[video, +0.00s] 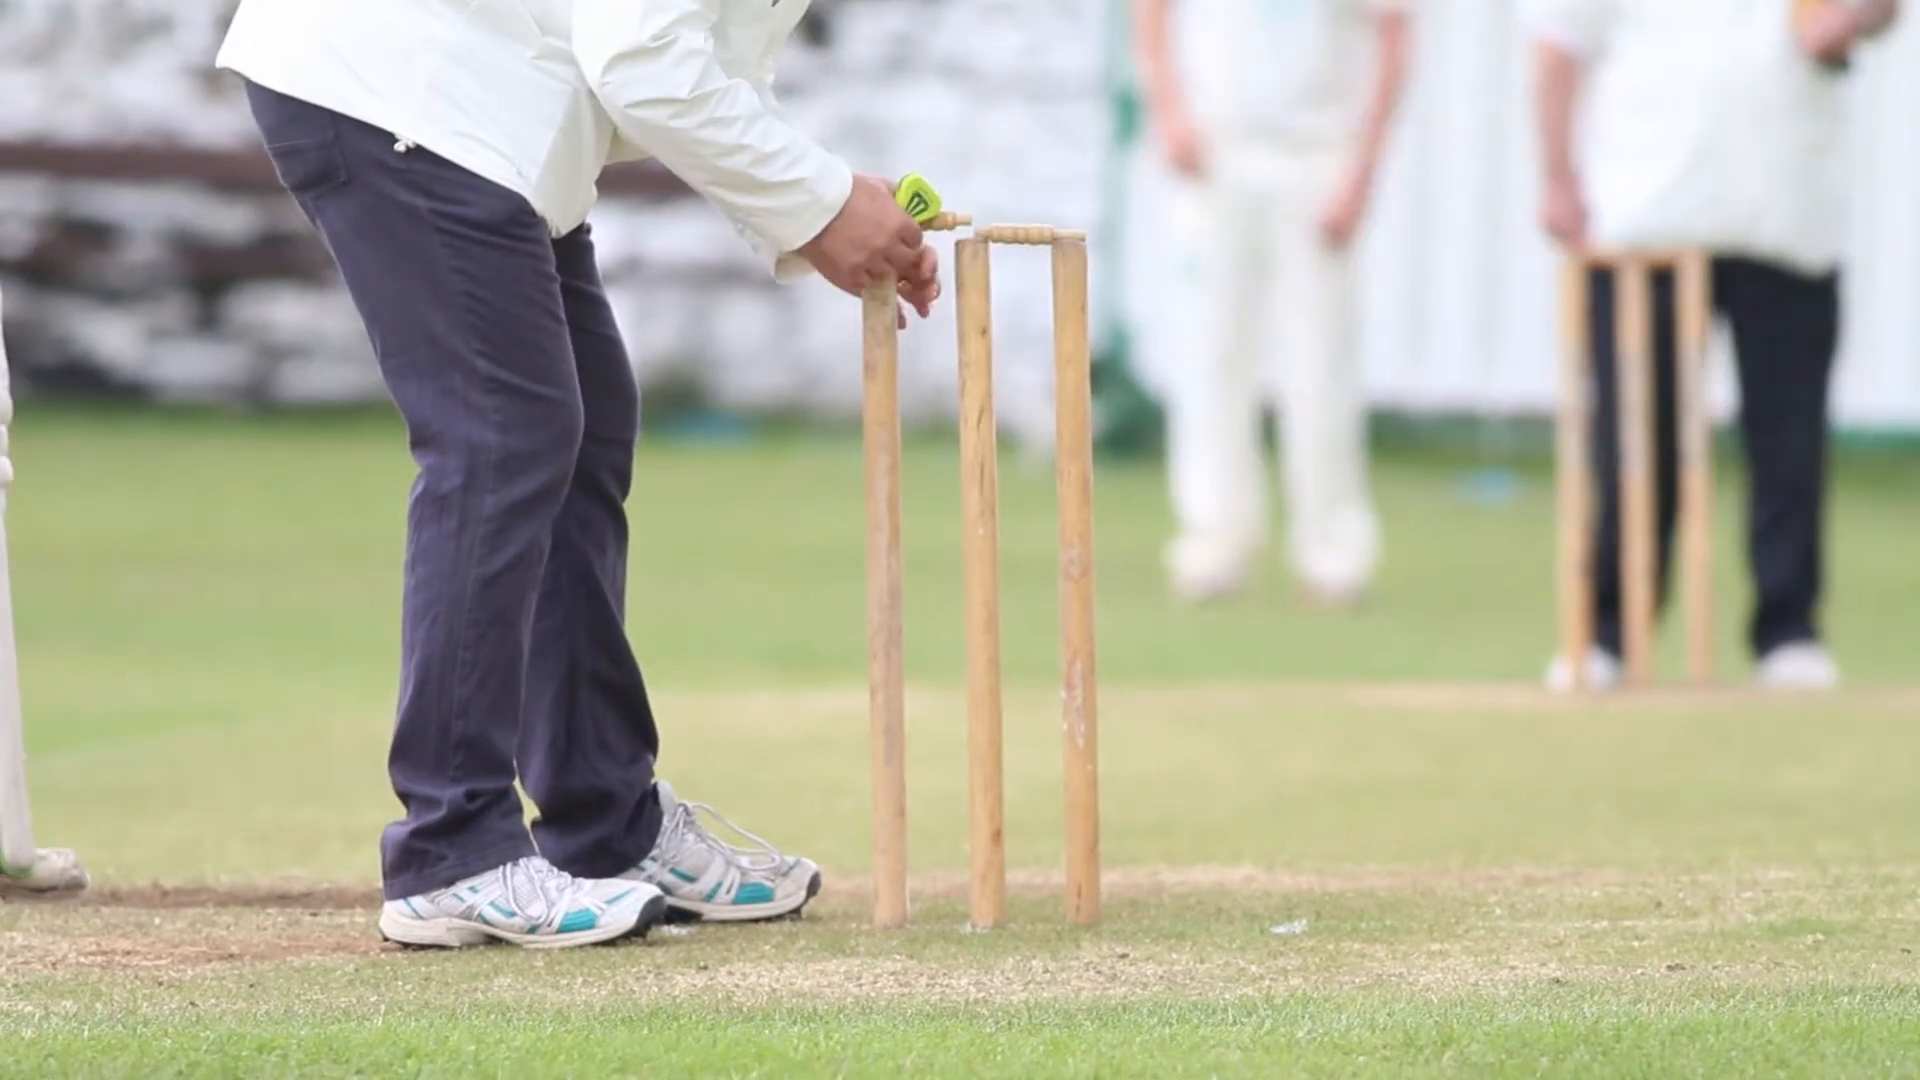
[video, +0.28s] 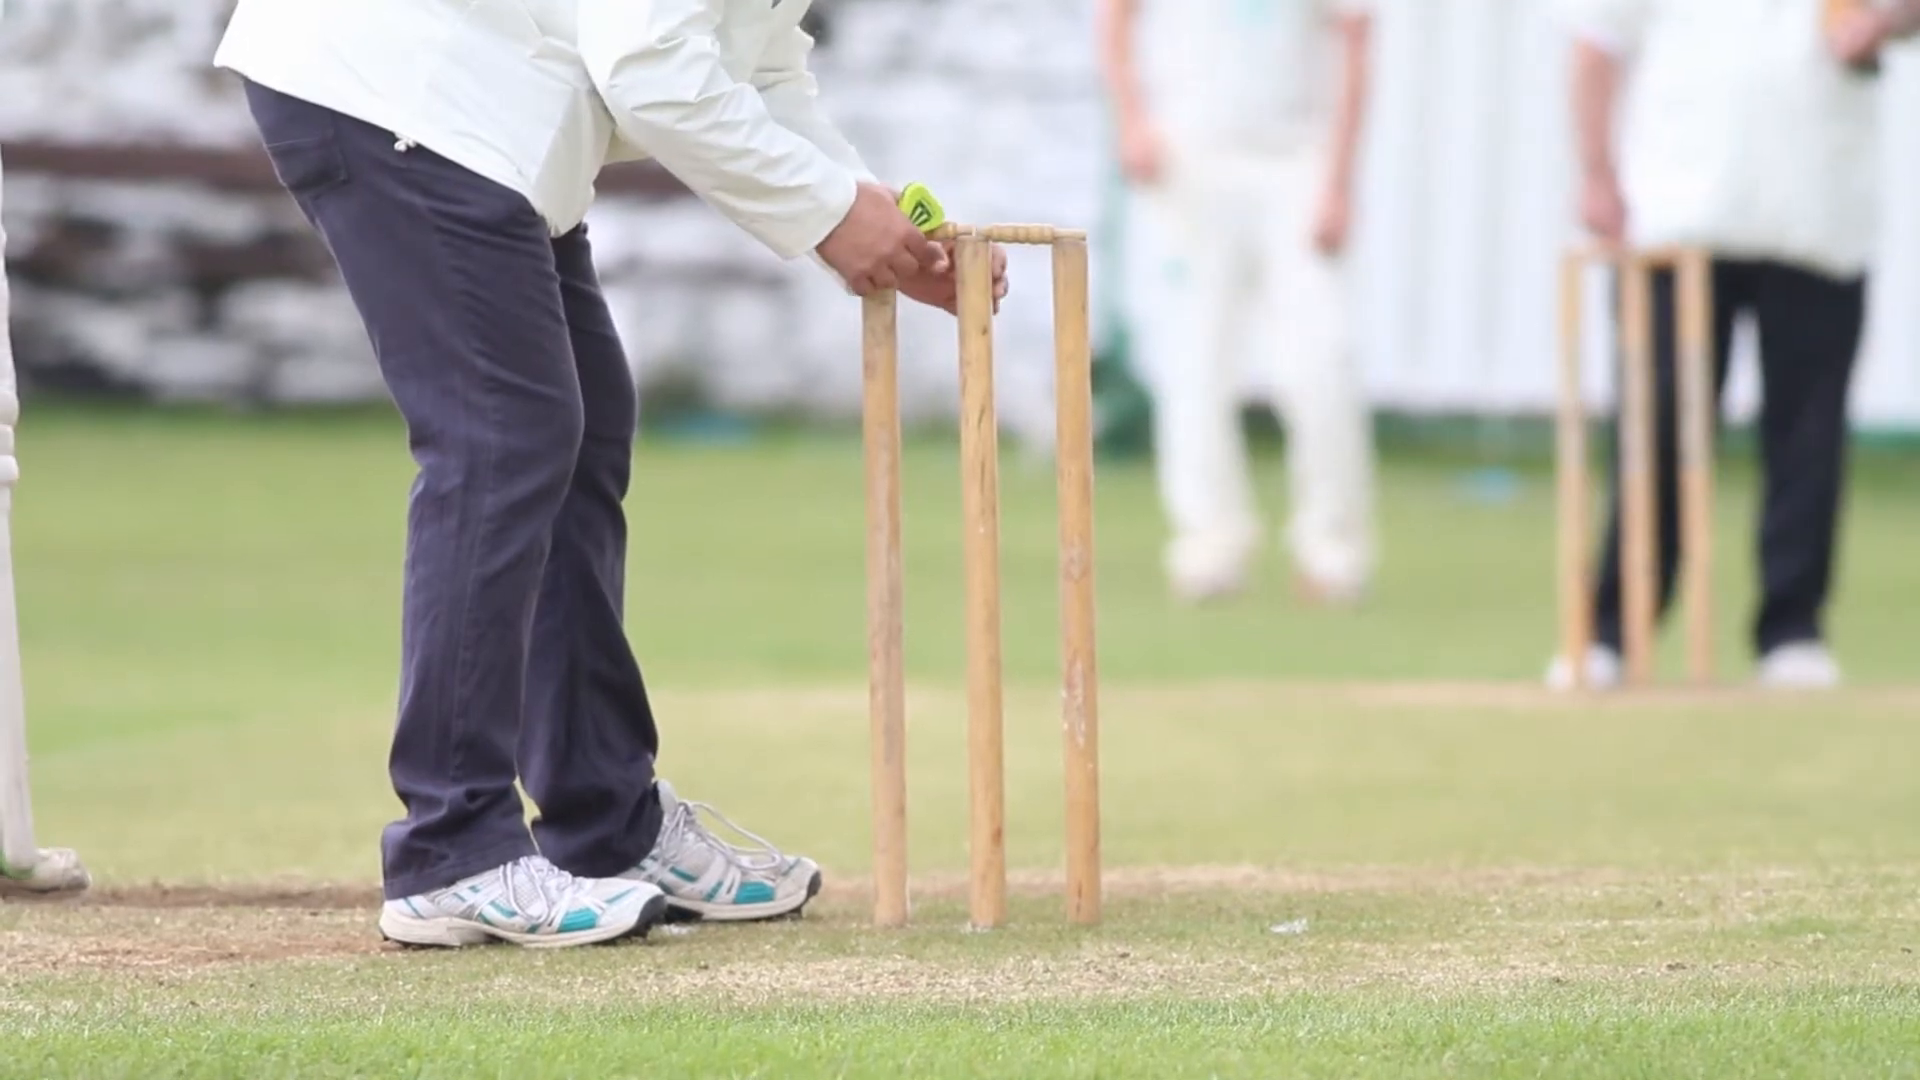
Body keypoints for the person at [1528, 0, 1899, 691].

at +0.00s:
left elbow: (1885, 9)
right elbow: (1558, 32)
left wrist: (1848, 19)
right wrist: (1560, 181)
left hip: (1789, 206)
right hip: (1640, 207)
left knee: (1787, 447)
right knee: (1628, 441)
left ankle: (1789, 638)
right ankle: (1605, 641)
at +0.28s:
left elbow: (1902, 16)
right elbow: (1596, 36)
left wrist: (1882, 18)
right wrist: (1598, 177)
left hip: (1820, 208)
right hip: (1679, 207)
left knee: (1805, 446)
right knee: (1656, 441)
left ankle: (1793, 638)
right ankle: (1609, 640)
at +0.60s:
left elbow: (1907, 14)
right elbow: (1605, 20)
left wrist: (1879, 29)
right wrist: (1591, 152)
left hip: (1818, 196)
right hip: (1676, 190)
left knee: (1804, 438)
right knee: (1662, 426)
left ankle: (1792, 635)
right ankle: (1631, 631)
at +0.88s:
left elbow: (1904, 13)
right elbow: (1585, 28)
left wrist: (1868, 17)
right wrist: (1579, 162)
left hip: (1804, 202)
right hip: (1660, 198)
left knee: (1794, 441)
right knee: (1663, 440)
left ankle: (1791, 635)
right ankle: (1656, 640)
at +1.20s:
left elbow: (1879, 12)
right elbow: (1555, 27)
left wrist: (1832, 14)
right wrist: (1556, 165)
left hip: (1774, 202)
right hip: (1634, 201)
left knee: (1776, 435)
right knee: (1641, 439)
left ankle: (1786, 631)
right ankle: (1653, 639)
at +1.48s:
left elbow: (1859, 11)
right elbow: (1534, 26)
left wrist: (1810, 14)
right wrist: (1525, 162)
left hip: (1754, 199)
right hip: (1617, 199)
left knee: (1762, 428)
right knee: (1632, 439)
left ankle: (1785, 628)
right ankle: (1651, 636)